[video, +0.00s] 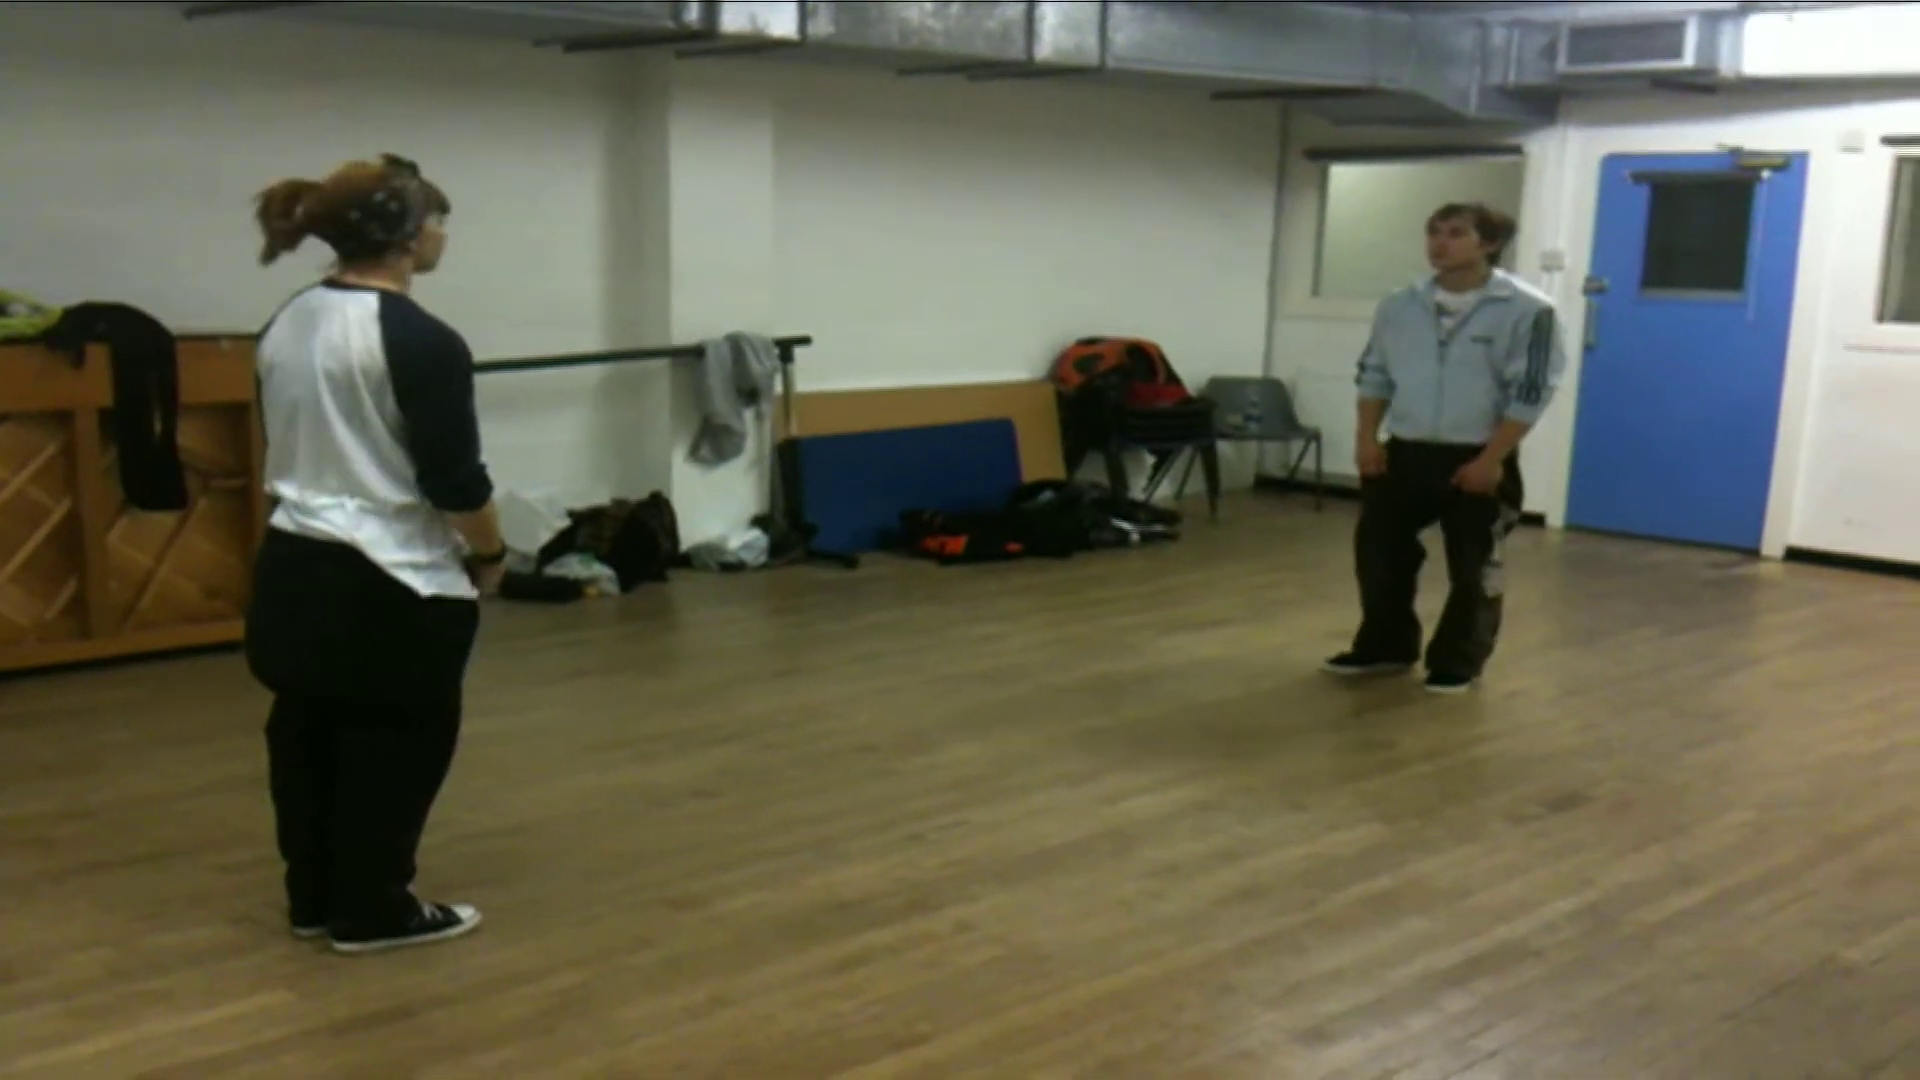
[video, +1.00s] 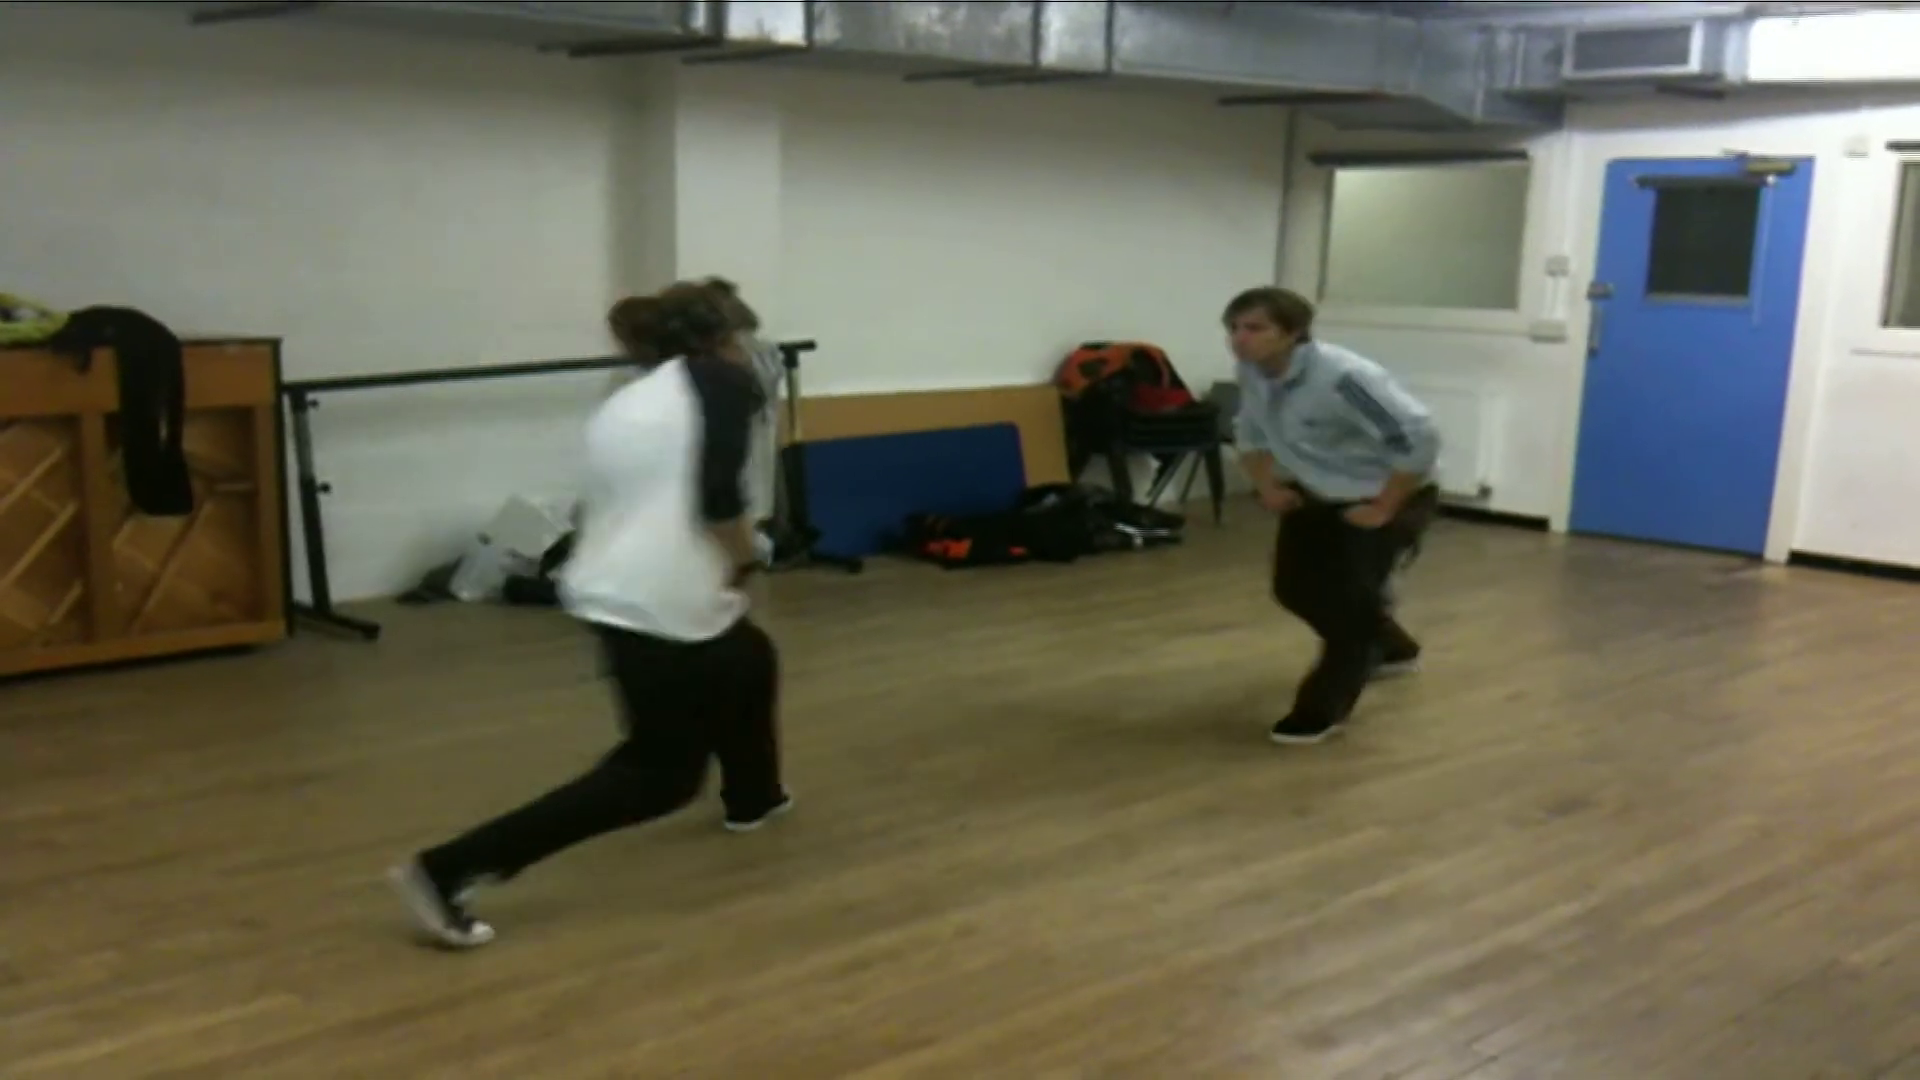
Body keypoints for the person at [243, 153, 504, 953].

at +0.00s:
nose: (443, 237)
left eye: (442, 223)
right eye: (437, 224)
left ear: (348, 232)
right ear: (409, 233)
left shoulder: (286, 326)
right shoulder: (423, 344)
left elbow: (289, 456)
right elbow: (457, 483)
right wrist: (490, 554)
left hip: (294, 572)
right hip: (396, 586)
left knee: (310, 725)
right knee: (407, 741)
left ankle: (315, 895)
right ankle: (374, 905)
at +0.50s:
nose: (525, 247)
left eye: (522, 233)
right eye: (516, 234)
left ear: (440, 246)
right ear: (479, 248)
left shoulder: (375, 326)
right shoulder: (480, 354)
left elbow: (370, 461)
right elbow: (498, 500)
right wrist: (512, 588)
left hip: (341, 576)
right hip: (428, 594)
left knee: (355, 736)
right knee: (434, 757)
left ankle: (325, 900)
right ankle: (379, 910)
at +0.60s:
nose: (562, 257)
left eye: (560, 242)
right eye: (554, 245)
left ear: (479, 253)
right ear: (521, 257)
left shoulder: (416, 321)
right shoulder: (508, 353)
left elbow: (430, 458)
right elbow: (538, 505)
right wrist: (550, 587)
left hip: (380, 566)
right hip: (456, 586)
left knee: (420, 730)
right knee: (451, 751)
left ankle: (349, 872)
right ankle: (378, 907)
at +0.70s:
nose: (601, 279)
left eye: (600, 264)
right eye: (595, 266)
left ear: (518, 267)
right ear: (569, 273)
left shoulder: (458, 336)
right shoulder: (552, 367)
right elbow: (583, 507)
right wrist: (592, 581)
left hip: (420, 564)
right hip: (488, 577)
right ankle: (383, 902)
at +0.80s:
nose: (648, 308)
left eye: (646, 293)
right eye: (641, 295)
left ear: (569, 301)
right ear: (616, 304)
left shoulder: (522, 362)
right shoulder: (607, 383)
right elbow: (624, 521)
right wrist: (630, 585)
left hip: (461, 568)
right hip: (511, 585)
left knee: (628, 666)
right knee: (582, 744)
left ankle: (631, 818)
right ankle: (400, 886)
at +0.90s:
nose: (707, 343)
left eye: (706, 328)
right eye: (701, 330)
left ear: (631, 331)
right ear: (673, 334)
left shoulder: (587, 386)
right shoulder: (668, 384)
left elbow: (570, 493)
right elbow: (646, 500)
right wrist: (678, 566)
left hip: (525, 587)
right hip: (582, 607)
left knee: (685, 662)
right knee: (611, 773)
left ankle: (738, 783)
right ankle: (411, 887)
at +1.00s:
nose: (746, 346)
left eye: (745, 335)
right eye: (740, 336)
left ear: (671, 340)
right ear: (718, 337)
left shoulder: (629, 397)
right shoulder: (723, 382)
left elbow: (611, 506)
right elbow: (719, 496)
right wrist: (744, 559)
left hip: (606, 590)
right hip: (663, 599)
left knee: (749, 661)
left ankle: (753, 797)